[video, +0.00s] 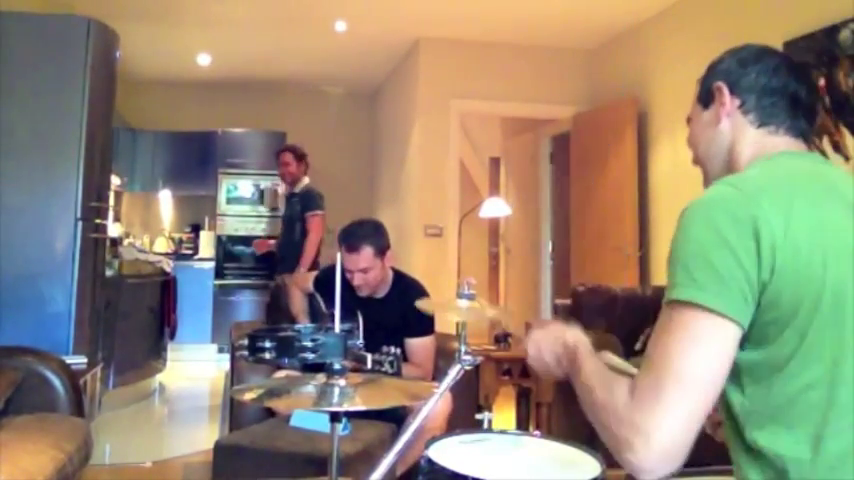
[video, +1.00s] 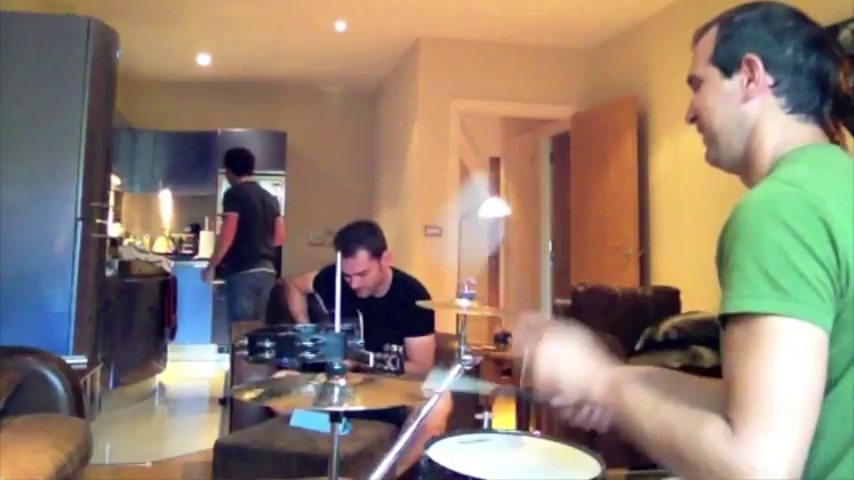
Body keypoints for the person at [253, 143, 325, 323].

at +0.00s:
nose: (283, 170)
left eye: (288, 164)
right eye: (281, 165)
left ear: (302, 166)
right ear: (278, 168)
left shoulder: (310, 196)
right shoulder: (290, 196)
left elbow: (315, 233)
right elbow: (291, 237)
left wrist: (302, 270)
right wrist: (272, 244)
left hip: (296, 273)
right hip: (282, 271)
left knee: (298, 324)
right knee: (280, 322)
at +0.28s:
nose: (266, 174)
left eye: (268, 168)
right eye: (266, 168)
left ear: (277, 169)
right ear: (284, 169)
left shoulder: (293, 197)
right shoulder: (284, 197)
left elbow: (297, 236)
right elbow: (287, 236)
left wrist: (286, 272)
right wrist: (268, 244)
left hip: (290, 278)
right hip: (279, 275)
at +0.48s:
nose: (256, 173)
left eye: (256, 167)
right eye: (256, 167)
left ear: (262, 168)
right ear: (280, 167)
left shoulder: (275, 195)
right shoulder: (290, 196)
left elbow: (275, 237)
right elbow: (289, 238)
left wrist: (263, 276)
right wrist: (260, 244)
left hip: (275, 277)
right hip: (288, 275)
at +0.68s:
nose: (241, 173)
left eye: (241, 168)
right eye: (241, 168)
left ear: (247, 168)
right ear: (266, 166)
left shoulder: (258, 192)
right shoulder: (280, 193)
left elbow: (256, 231)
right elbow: (288, 229)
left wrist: (239, 271)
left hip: (262, 271)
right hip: (281, 267)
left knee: (254, 327)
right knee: (275, 325)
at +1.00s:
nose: (225, 173)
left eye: (226, 169)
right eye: (226, 169)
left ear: (230, 170)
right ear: (251, 168)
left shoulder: (235, 194)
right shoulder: (270, 197)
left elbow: (227, 235)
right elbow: (279, 237)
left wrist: (212, 265)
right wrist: (258, 247)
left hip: (243, 272)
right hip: (267, 270)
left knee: (241, 334)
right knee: (258, 332)